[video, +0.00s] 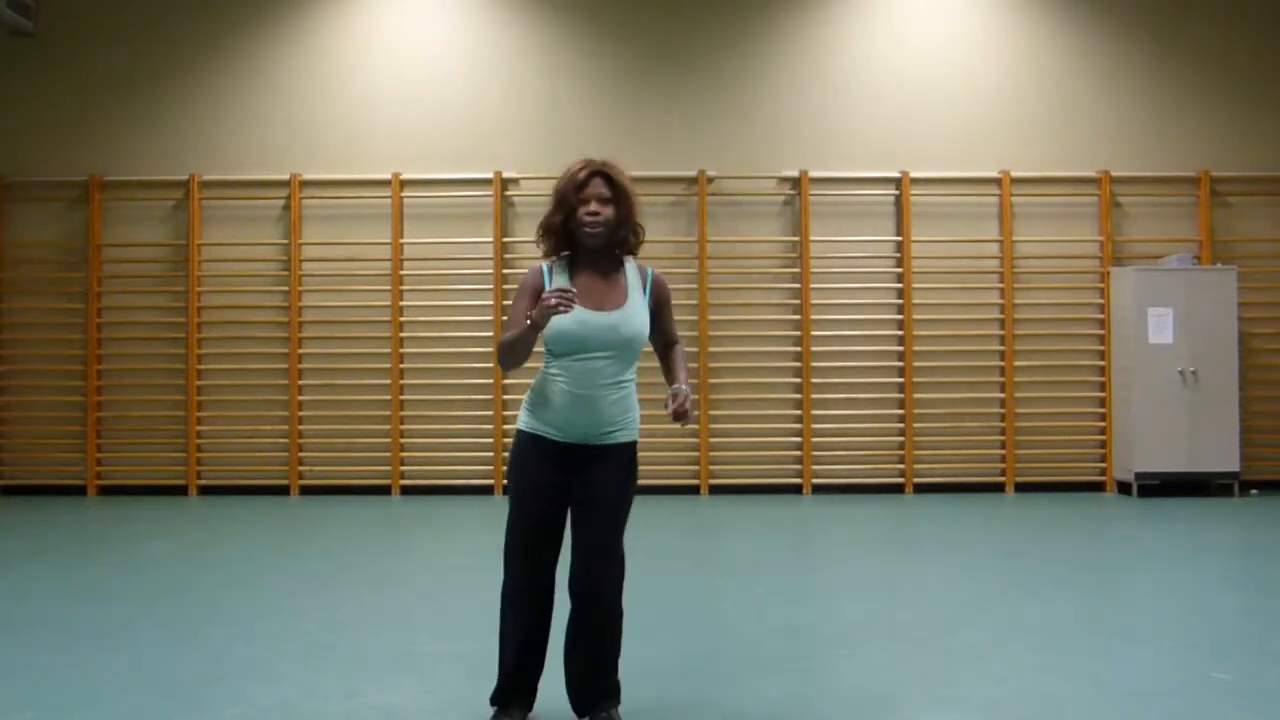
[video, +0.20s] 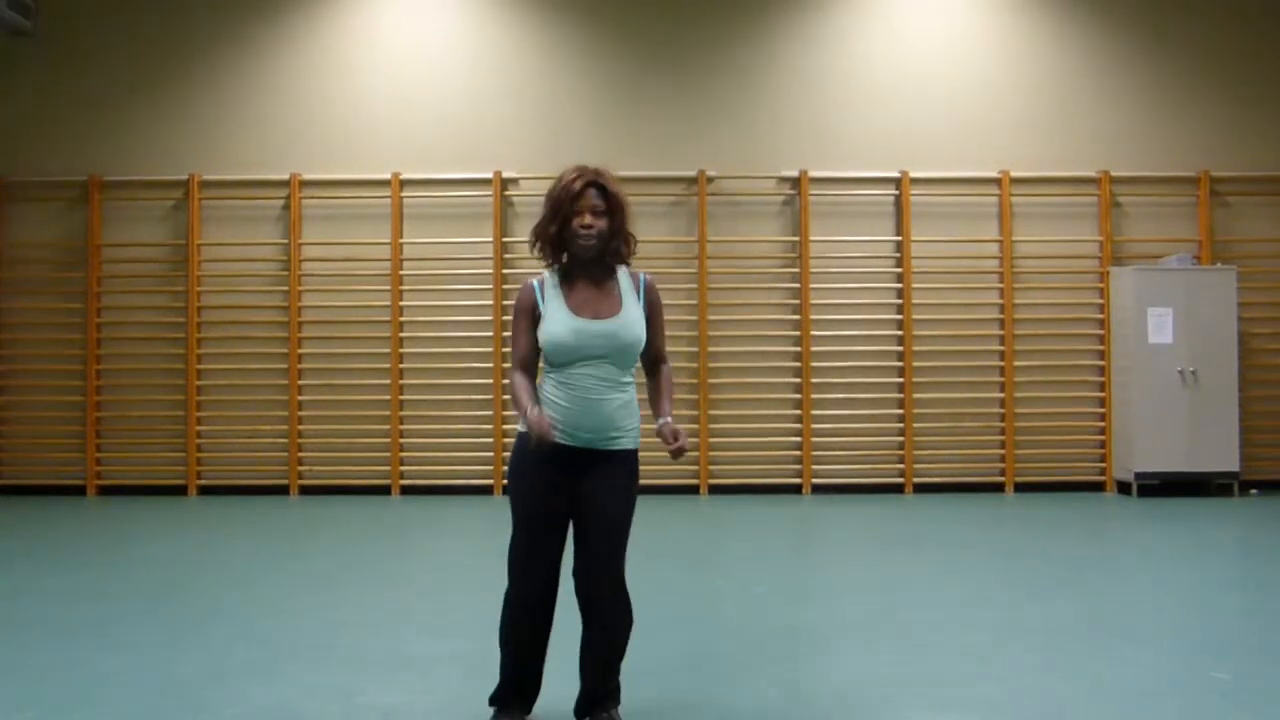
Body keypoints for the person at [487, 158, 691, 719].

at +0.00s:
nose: (595, 210)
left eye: (606, 201)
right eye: (583, 201)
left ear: (622, 211)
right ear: (567, 213)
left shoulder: (647, 283)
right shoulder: (543, 276)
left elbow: (668, 344)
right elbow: (508, 358)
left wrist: (679, 384)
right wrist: (536, 322)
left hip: (612, 445)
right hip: (542, 442)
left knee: (599, 579)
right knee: (526, 576)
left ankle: (599, 705)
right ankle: (512, 704)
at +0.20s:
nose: (588, 223)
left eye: (598, 213)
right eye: (577, 214)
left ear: (613, 222)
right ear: (560, 223)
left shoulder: (640, 289)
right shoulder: (537, 292)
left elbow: (658, 362)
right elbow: (521, 368)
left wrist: (664, 416)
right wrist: (530, 413)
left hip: (613, 459)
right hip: (544, 456)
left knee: (602, 585)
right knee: (528, 584)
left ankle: (600, 707)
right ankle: (511, 706)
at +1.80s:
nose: (533, 212)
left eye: (543, 203)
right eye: (523, 204)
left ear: (559, 214)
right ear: (508, 216)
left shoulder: (583, 280)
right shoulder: (500, 279)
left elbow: (617, 353)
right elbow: (488, 354)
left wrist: (619, 420)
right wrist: (454, 411)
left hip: (569, 443)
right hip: (502, 441)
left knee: (579, 567)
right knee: (473, 562)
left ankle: (600, 697)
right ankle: (459, 693)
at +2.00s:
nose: (504, 224)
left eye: (514, 216)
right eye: (494, 216)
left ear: (530, 226)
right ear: (477, 227)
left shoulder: (549, 295)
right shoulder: (462, 287)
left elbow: (579, 368)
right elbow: (438, 351)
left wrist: (586, 422)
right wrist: (386, 375)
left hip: (525, 448)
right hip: (457, 447)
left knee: (548, 568)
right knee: (436, 566)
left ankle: (598, 697)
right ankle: (406, 697)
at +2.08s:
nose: (489, 226)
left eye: (499, 217)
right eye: (478, 218)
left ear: (515, 228)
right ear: (461, 228)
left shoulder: (533, 299)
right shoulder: (441, 290)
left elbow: (561, 374)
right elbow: (402, 353)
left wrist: (572, 424)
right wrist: (355, 359)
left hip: (500, 450)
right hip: (434, 447)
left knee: (515, 566)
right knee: (416, 568)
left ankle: (585, 691)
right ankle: (409, 695)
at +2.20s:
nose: (466, 224)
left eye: (476, 216)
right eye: (455, 216)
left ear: (490, 226)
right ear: (438, 226)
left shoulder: (513, 298)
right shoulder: (416, 288)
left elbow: (539, 373)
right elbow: (376, 352)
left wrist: (562, 425)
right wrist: (358, 333)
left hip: (476, 443)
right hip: (411, 442)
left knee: (461, 557)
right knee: (403, 569)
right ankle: (408, 690)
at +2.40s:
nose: (428, 219)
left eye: (439, 212)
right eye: (418, 213)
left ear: (458, 226)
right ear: (403, 227)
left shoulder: (480, 298)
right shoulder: (385, 287)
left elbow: (519, 371)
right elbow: (329, 341)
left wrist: (555, 428)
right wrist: (349, 322)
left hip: (446, 447)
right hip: (380, 443)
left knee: (447, 570)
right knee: (348, 556)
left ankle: (473, 692)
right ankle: (362, 674)